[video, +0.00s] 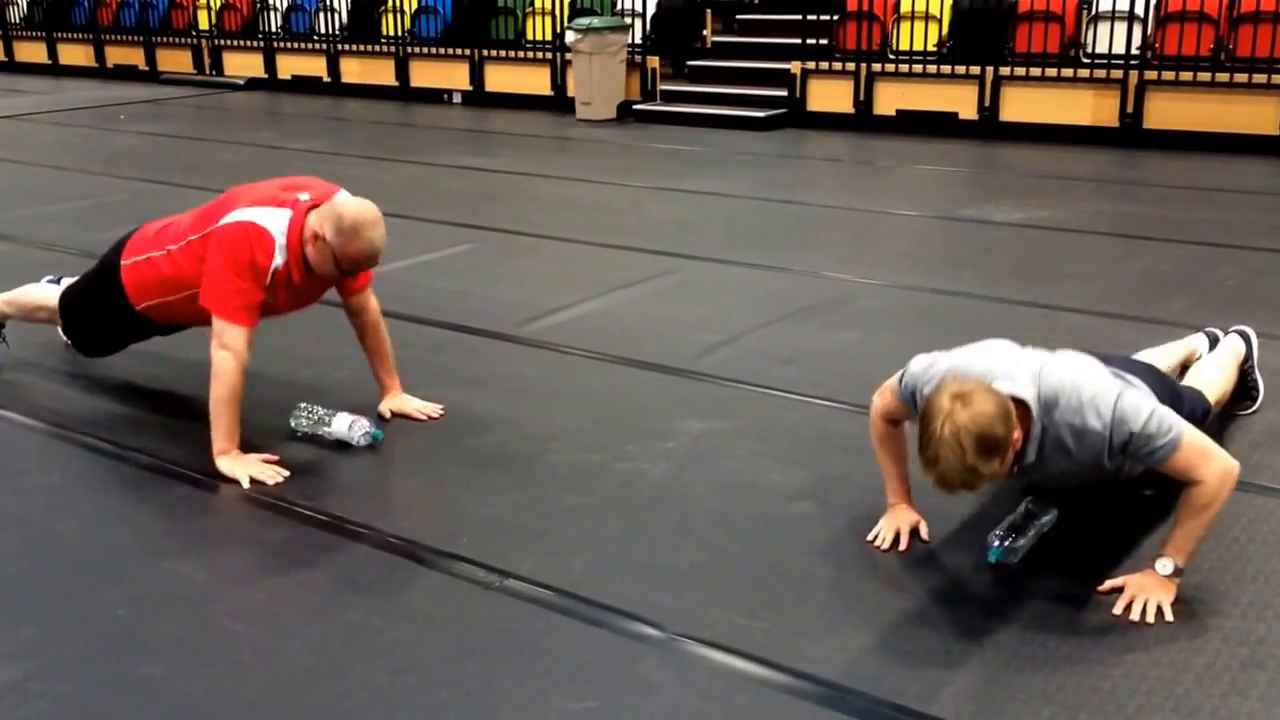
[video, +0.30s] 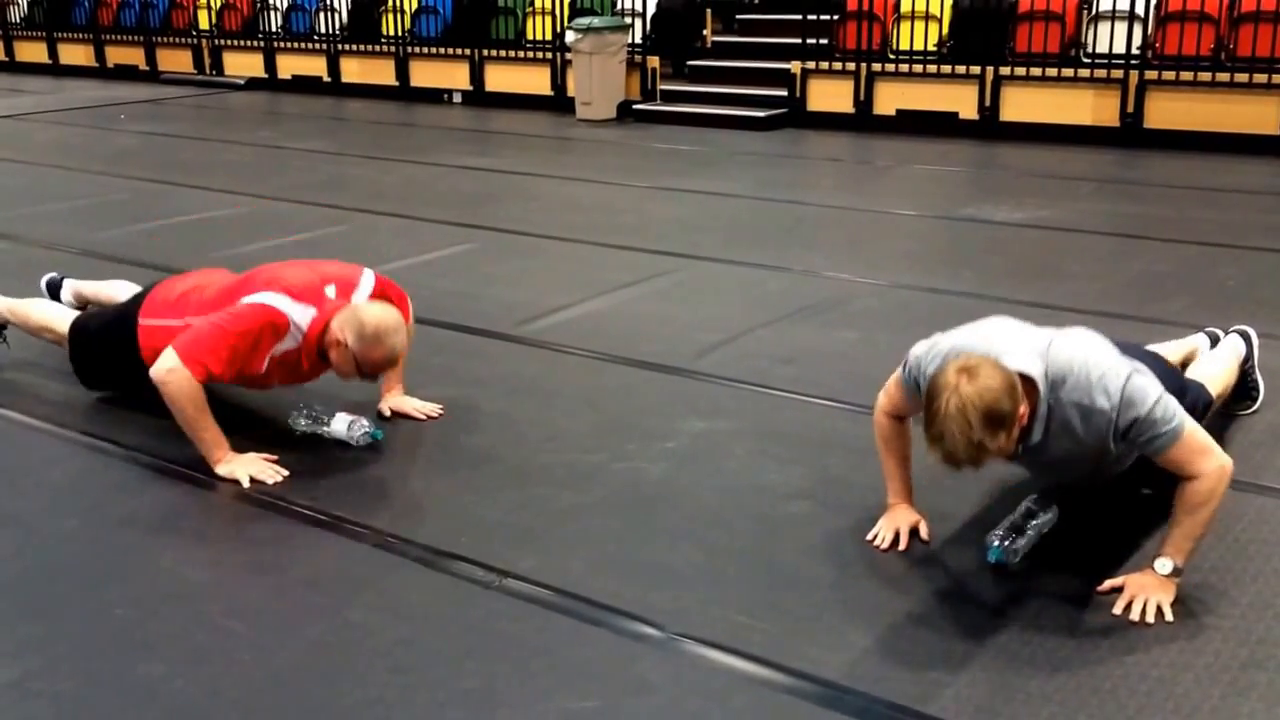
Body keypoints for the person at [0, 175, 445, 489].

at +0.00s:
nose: (341, 283)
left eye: (352, 275)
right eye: (337, 269)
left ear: (364, 246)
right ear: (314, 237)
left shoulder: (345, 222)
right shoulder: (246, 244)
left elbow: (363, 307)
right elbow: (228, 353)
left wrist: (392, 388)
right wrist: (228, 453)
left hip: (188, 291)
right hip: (135, 287)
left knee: (101, 311)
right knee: (67, 309)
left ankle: (56, 302)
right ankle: (8, 303)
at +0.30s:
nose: (356, 378)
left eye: (366, 373)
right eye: (353, 370)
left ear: (392, 326)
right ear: (335, 339)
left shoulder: (377, 295)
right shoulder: (263, 321)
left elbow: (400, 309)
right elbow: (170, 372)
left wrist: (393, 388)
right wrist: (223, 458)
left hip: (206, 291)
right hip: (150, 326)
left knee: (141, 297)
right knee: (73, 330)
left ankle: (68, 288)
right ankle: (5, 306)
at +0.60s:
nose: (369, 386)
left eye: (379, 380)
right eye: (364, 378)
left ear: (399, 331)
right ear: (339, 351)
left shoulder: (380, 304)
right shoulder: (264, 337)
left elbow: (400, 305)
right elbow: (168, 377)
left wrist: (392, 386)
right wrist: (223, 457)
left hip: (215, 305)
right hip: (155, 337)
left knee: (141, 308)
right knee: (73, 339)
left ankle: (68, 289)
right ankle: (6, 307)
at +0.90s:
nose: (342, 292)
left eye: (355, 283)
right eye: (336, 279)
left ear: (366, 251)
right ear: (311, 250)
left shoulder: (349, 235)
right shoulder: (238, 250)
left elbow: (372, 308)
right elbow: (211, 350)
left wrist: (391, 388)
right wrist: (222, 454)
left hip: (191, 287)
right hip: (136, 287)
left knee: (106, 307)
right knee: (67, 311)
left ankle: (58, 297)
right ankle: (10, 302)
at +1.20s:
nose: (333, 349)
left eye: (347, 349)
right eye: (334, 340)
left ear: (377, 317)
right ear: (324, 310)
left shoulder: (363, 278)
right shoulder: (256, 296)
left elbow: (394, 315)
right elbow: (172, 370)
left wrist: (391, 390)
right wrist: (220, 457)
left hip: (191, 278)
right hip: (142, 311)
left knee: (127, 287)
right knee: (63, 322)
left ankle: (65, 286)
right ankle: (3, 308)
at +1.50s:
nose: (365, 391)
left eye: (374, 386)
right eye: (360, 384)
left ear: (395, 334)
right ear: (336, 358)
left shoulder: (369, 307)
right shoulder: (261, 340)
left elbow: (398, 305)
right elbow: (165, 378)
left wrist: (388, 387)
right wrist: (219, 457)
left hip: (208, 312)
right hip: (147, 345)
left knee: (138, 314)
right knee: (72, 341)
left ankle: (71, 290)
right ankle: (6, 308)